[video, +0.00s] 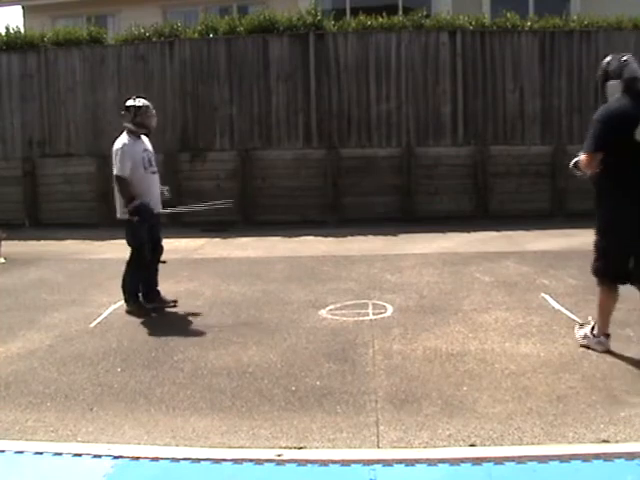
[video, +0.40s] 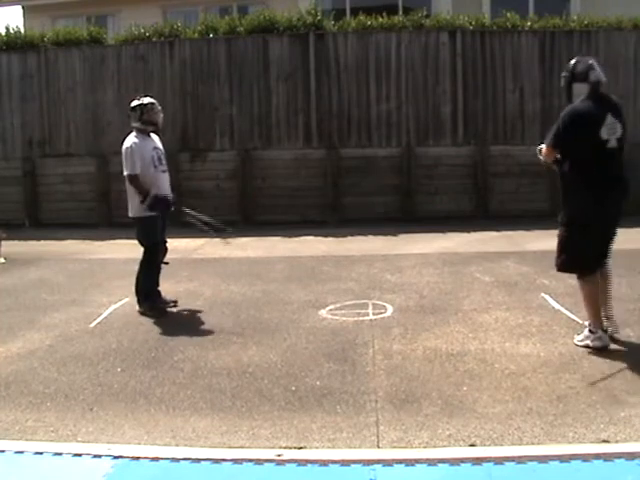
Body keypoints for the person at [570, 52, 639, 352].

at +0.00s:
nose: (604, 86)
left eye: (606, 81)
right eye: (604, 82)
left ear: (612, 81)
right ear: (633, 80)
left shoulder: (610, 114)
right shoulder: (635, 109)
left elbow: (590, 163)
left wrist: (583, 163)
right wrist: (595, 162)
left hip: (618, 209)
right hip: (634, 207)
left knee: (608, 271)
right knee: (614, 271)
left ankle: (600, 332)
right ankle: (600, 329)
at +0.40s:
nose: (568, 88)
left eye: (569, 83)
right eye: (569, 82)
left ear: (576, 83)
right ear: (598, 80)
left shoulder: (576, 114)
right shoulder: (615, 109)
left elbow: (549, 152)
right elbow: (597, 146)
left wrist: (543, 151)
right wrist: (558, 151)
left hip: (584, 202)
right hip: (611, 199)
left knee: (584, 264)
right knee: (598, 259)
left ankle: (595, 330)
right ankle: (606, 321)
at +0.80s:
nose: (539, 93)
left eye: (542, 88)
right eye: (541, 87)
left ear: (550, 90)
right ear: (567, 89)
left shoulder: (561, 118)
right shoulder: (575, 116)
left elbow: (551, 152)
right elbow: (568, 157)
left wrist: (528, 159)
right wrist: (537, 168)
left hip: (558, 202)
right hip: (575, 199)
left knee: (540, 258)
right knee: (563, 255)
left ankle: (577, 303)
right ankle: (565, 307)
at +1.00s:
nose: (522, 94)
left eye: (526, 89)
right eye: (524, 89)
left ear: (536, 91)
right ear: (548, 90)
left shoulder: (552, 118)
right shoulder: (545, 117)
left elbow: (560, 153)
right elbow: (547, 155)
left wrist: (533, 172)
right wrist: (527, 169)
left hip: (545, 199)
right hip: (555, 197)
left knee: (522, 249)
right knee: (559, 253)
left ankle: (534, 303)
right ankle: (564, 309)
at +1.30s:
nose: (491, 98)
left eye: (495, 94)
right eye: (492, 93)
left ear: (506, 97)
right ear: (512, 96)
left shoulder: (515, 125)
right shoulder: (515, 122)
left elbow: (518, 166)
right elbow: (512, 160)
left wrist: (493, 182)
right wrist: (493, 167)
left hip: (513, 199)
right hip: (524, 198)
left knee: (496, 249)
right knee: (524, 250)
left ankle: (497, 300)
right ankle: (554, 294)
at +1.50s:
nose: (479, 97)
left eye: (482, 92)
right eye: (480, 92)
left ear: (492, 95)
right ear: (500, 96)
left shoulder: (502, 125)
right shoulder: (496, 122)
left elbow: (498, 164)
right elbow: (490, 157)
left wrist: (476, 183)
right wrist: (474, 171)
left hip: (499, 196)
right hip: (497, 195)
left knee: (489, 247)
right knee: (492, 244)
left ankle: (497, 300)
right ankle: (511, 286)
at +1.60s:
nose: (472, 96)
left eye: (476, 91)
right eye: (473, 90)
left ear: (488, 94)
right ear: (490, 95)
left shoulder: (499, 123)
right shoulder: (487, 121)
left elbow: (494, 162)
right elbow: (481, 155)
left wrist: (472, 182)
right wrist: (468, 173)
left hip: (496, 195)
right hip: (487, 193)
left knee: (488, 245)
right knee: (477, 241)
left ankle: (497, 300)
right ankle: (487, 289)